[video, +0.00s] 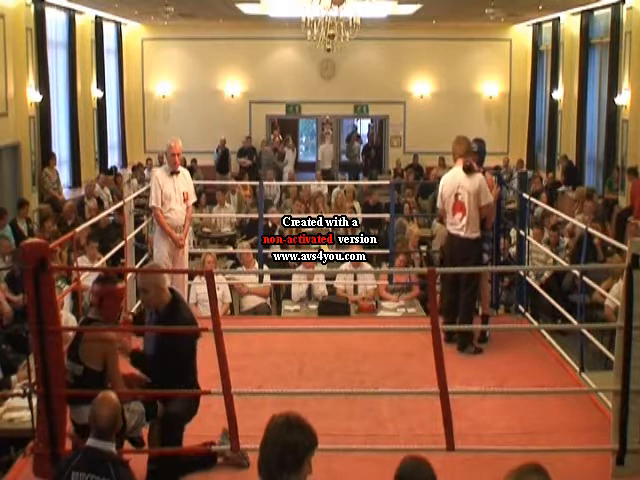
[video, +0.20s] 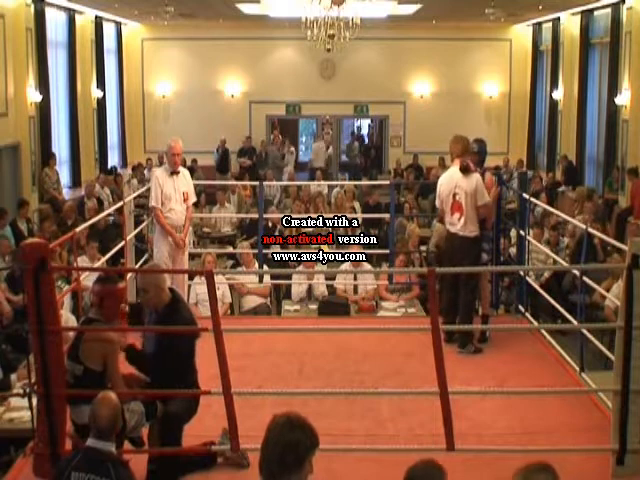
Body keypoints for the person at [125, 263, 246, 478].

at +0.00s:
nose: (141, 297)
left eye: (145, 291)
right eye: (140, 291)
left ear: (162, 288)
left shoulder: (180, 320)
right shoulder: (154, 306)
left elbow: (165, 372)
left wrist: (131, 353)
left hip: (179, 397)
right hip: (161, 390)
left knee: (160, 470)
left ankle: (217, 454)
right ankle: (215, 450)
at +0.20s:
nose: (141, 297)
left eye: (145, 291)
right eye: (139, 291)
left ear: (162, 289)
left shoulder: (179, 319)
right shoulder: (152, 306)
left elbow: (162, 370)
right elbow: (131, 316)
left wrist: (130, 351)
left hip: (180, 395)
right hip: (159, 389)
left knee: (161, 469)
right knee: (162, 467)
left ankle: (217, 454)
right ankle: (216, 450)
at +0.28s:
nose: (140, 297)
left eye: (144, 292)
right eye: (138, 292)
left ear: (161, 289)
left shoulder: (179, 320)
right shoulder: (151, 306)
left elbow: (162, 372)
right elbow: (133, 315)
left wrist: (130, 348)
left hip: (182, 393)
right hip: (158, 387)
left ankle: (217, 454)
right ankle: (217, 451)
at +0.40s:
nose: (140, 299)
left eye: (143, 294)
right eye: (138, 294)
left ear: (158, 290)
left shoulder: (179, 321)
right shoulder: (150, 305)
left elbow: (162, 374)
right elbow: (129, 311)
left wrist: (133, 347)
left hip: (182, 393)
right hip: (158, 387)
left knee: (169, 414)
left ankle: (218, 454)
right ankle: (217, 451)